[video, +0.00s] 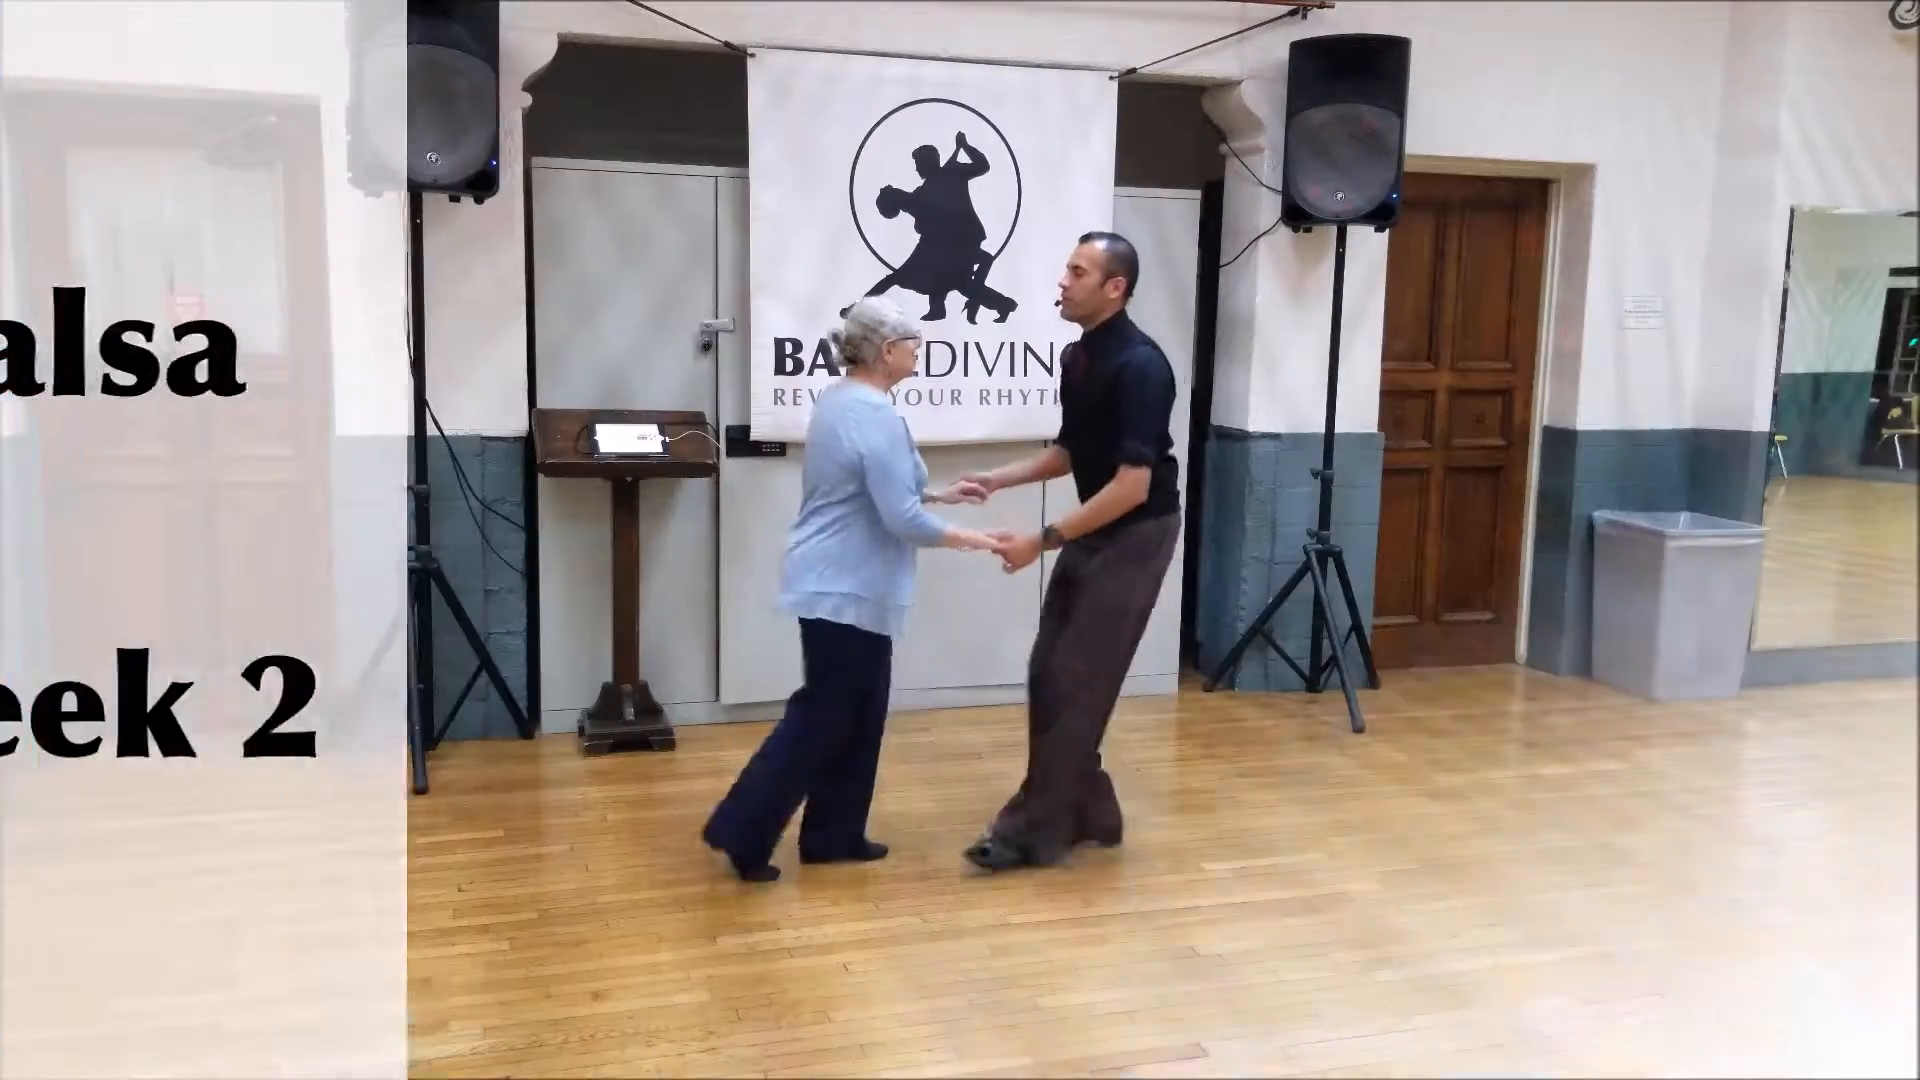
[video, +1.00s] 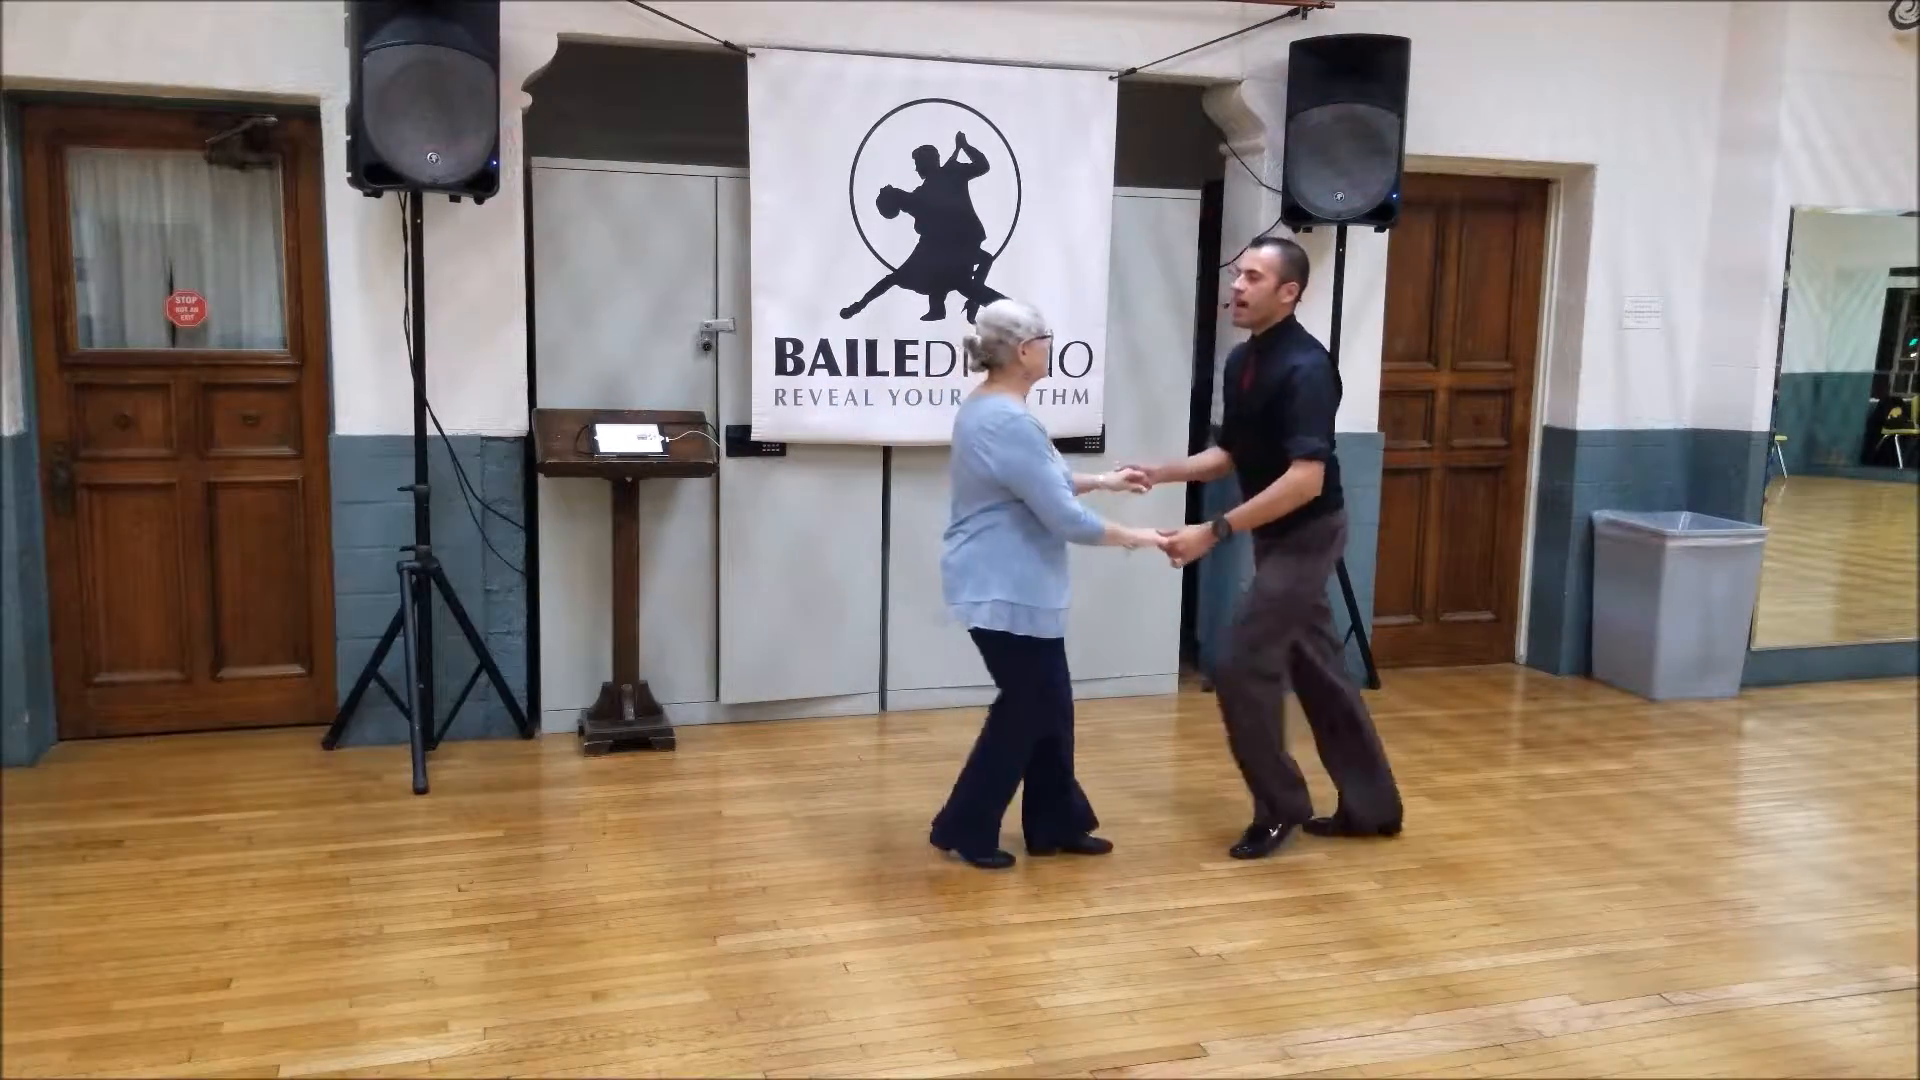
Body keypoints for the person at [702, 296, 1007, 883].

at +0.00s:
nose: (918, 352)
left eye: (916, 342)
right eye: (911, 343)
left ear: (872, 349)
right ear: (884, 350)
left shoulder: (838, 402)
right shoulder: (876, 418)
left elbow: (876, 493)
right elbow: (904, 517)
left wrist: (943, 495)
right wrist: (974, 538)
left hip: (837, 582)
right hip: (850, 589)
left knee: (858, 713)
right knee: (833, 712)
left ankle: (833, 835)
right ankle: (742, 829)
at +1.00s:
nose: (1049, 350)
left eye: (1046, 340)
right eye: (1042, 341)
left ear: (1006, 352)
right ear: (1017, 351)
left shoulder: (986, 412)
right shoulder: (1006, 422)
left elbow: (1041, 484)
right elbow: (1065, 518)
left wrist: (1103, 481)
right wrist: (1135, 536)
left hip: (1011, 584)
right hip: (1007, 588)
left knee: (1049, 703)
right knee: (1031, 703)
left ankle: (1055, 824)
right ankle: (963, 827)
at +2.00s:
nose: (917, 350)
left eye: (915, 340)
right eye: (910, 341)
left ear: (869, 347)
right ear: (882, 346)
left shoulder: (835, 403)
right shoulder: (870, 415)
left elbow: (884, 496)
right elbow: (877, 512)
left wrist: (945, 500)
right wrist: (945, 531)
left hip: (815, 582)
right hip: (854, 589)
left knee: (827, 704)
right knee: (883, 702)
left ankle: (820, 837)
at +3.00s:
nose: (932, 350)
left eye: (930, 340)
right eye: (926, 341)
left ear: (879, 347)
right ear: (900, 349)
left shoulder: (839, 405)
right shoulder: (909, 419)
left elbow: (954, 471)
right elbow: (986, 490)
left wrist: (1043, 466)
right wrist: (1059, 473)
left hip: (838, 590)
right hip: (905, 595)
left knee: (835, 716)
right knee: (919, 723)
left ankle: (797, 844)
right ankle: (910, 846)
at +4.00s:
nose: (1024, 350)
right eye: (1025, 342)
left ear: (966, 341)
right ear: (1022, 346)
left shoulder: (927, 406)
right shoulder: (1039, 413)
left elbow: (909, 479)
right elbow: (1121, 412)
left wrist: (965, 467)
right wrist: (1096, 344)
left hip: (932, 595)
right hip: (1015, 599)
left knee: (954, 724)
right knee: (1004, 727)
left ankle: (974, 859)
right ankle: (985, 872)